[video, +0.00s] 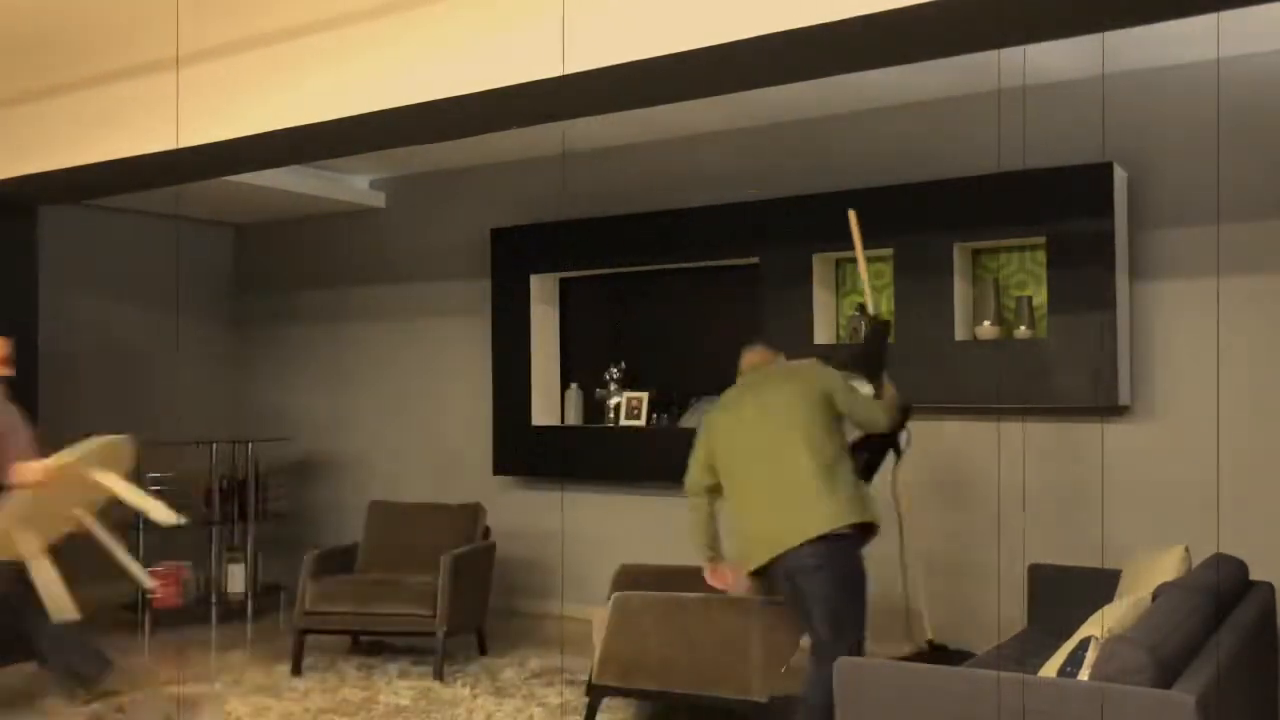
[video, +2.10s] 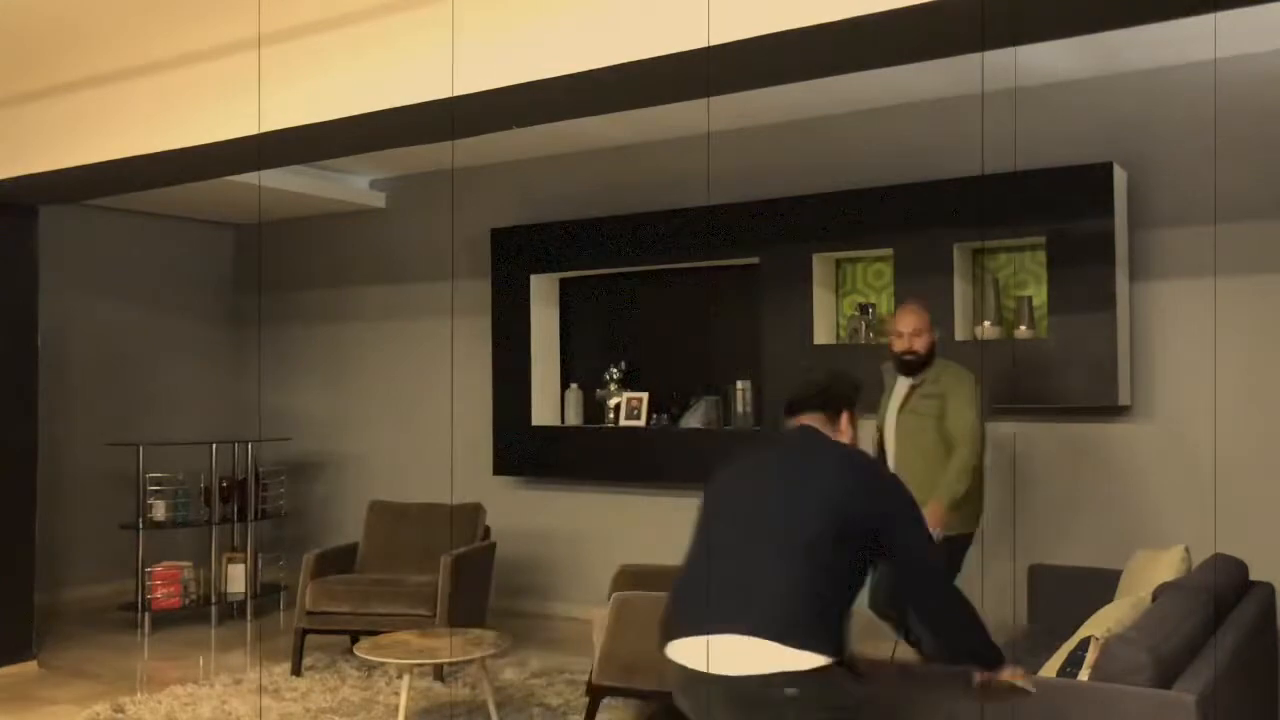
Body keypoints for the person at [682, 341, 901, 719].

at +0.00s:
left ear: (739, 374)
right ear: (780, 359)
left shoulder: (717, 415)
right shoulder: (812, 373)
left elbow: (697, 487)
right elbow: (880, 420)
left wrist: (709, 557)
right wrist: (889, 397)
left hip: (765, 549)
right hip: (827, 531)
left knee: (828, 650)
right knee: (837, 654)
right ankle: (814, 716)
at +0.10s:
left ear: (766, 381)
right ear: (807, 363)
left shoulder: (752, 418)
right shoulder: (846, 375)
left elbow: (744, 487)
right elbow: (911, 425)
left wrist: (761, 551)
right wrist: (906, 397)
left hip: (808, 543)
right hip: (869, 525)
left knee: (847, 630)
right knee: (893, 626)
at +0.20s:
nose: (793, 386)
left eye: (792, 382)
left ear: (797, 379)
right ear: (834, 364)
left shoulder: (788, 406)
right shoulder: (880, 379)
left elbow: (781, 477)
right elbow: (935, 430)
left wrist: (794, 540)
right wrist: (920, 450)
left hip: (842, 537)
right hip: (904, 524)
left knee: (860, 630)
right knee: (922, 624)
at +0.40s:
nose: (824, 391)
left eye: (823, 386)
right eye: (822, 386)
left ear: (830, 379)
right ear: (855, 373)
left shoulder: (832, 407)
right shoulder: (910, 391)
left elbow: (837, 475)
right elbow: (949, 443)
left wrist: (850, 533)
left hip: (884, 530)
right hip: (942, 521)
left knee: (871, 609)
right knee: (935, 611)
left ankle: (891, 687)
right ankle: (952, 690)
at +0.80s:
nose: (860, 392)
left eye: (859, 383)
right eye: (856, 386)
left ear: (874, 369)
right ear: (882, 365)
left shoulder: (893, 389)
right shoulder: (928, 389)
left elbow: (895, 451)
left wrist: (877, 509)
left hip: (941, 514)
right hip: (982, 510)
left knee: (907, 603)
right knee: (954, 595)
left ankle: (926, 689)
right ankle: (984, 678)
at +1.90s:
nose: (881, 352)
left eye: (889, 342)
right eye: (874, 347)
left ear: (910, 346)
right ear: (869, 356)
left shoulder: (927, 385)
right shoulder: (901, 393)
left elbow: (942, 449)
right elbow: (913, 458)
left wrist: (926, 506)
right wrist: (900, 504)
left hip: (960, 515)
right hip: (940, 518)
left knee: (920, 606)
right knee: (926, 605)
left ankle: (941, 692)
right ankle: (974, 680)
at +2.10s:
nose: (908, 344)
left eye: (917, 335)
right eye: (900, 336)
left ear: (933, 336)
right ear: (890, 340)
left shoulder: (956, 381)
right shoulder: (898, 381)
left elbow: (967, 453)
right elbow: (893, 449)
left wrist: (940, 505)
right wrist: (887, 504)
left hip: (946, 522)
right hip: (905, 519)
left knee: (923, 604)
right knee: (884, 600)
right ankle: (944, 661)